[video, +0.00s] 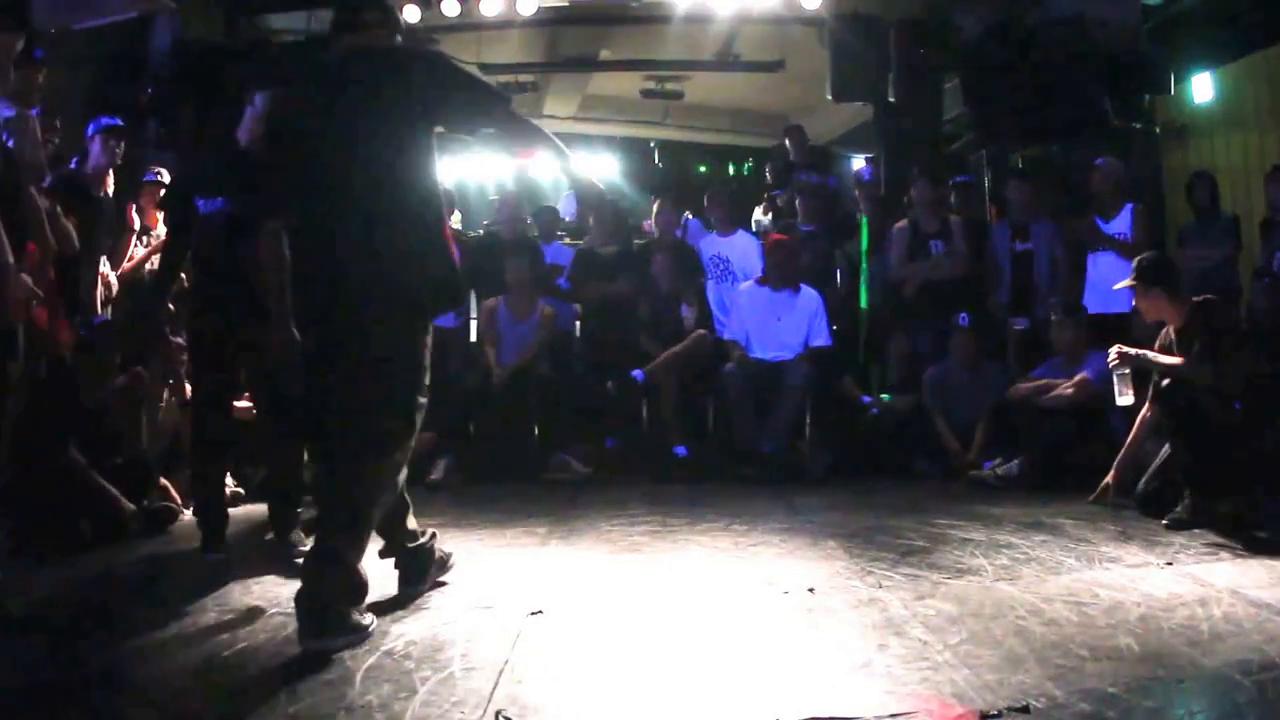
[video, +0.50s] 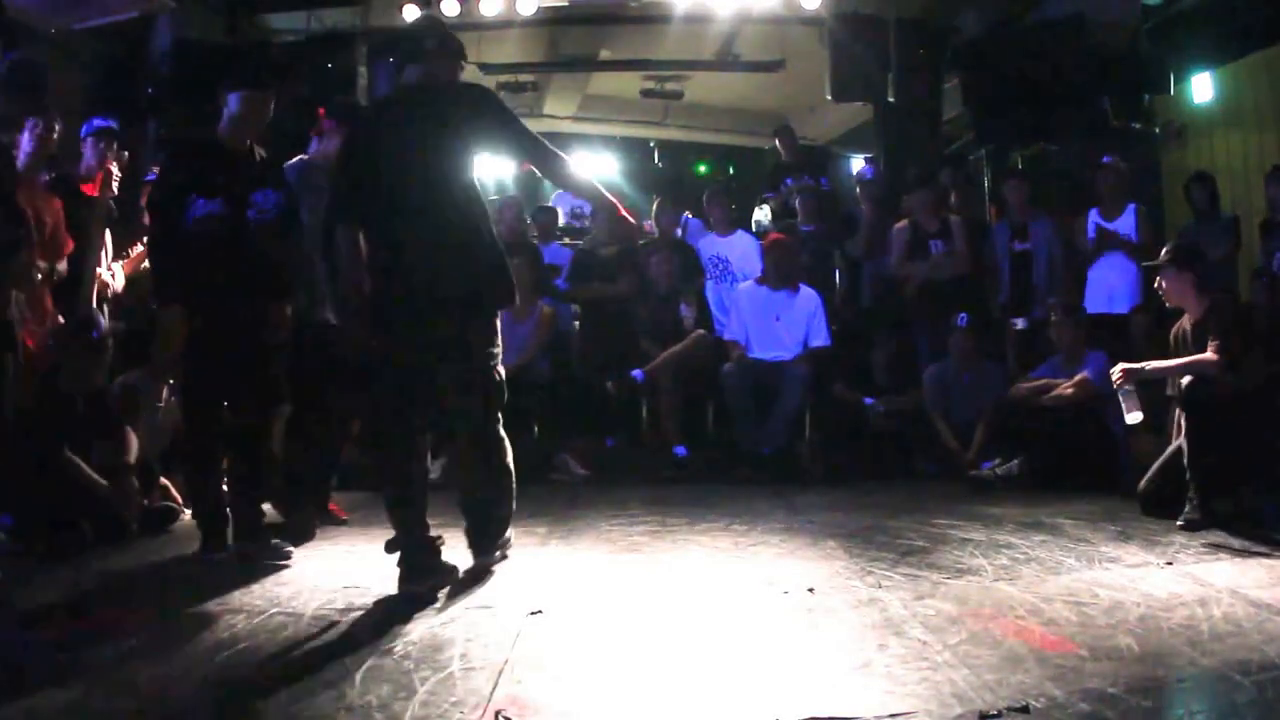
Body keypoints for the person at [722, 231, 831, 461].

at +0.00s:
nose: (780, 267)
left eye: (786, 260)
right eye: (775, 260)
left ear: (795, 262)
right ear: (767, 262)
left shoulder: (810, 297)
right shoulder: (745, 292)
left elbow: (820, 344)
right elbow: (733, 338)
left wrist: (799, 359)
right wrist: (739, 355)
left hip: (788, 360)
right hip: (755, 359)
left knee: (800, 374)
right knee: (732, 373)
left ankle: (776, 445)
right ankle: (746, 445)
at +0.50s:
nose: (778, 267)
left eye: (784, 260)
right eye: (773, 260)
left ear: (793, 263)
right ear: (765, 262)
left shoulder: (809, 297)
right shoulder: (744, 293)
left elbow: (820, 346)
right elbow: (733, 338)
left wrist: (799, 361)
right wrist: (738, 354)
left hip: (787, 361)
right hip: (754, 361)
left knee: (799, 376)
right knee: (731, 374)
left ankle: (773, 446)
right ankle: (749, 446)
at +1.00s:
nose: (795, 265)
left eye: (797, 258)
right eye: (787, 258)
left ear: (801, 261)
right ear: (774, 261)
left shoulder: (813, 300)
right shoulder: (749, 292)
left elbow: (821, 349)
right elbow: (736, 338)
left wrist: (800, 361)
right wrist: (737, 357)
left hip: (789, 361)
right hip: (755, 361)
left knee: (799, 376)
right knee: (730, 375)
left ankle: (774, 446)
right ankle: (746, 445)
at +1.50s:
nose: (781, 267)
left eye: (787, 261)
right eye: (778, 260)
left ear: (801, 265)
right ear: (771, 263)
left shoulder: (818, 302)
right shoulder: (754, 292)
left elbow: (822, 351)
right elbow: (739, 337)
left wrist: (803, 362)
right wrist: (733, 355)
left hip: (791, 364)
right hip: (755, 363)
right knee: (730, 374)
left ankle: (770, 448)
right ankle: (745, 447)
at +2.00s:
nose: (806, 268)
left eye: (807, 261)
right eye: (798, 261)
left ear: (810, 265)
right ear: (778, 266)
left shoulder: (819, 302)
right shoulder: (755, 294)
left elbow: (823, 351)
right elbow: (737, 336)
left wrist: (802, 363)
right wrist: (733, 355)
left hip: (792, 363)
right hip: (755, 363)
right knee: (730, 375)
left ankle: (773, 451)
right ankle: (746, 449)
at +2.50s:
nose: (793, 268)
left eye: (799, 261)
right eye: (787, 261)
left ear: (807, 265)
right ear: (775, 264)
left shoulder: (818, 302)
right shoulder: (753, 293)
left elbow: (822, 352)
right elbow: (737, 339)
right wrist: (733, 356)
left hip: (791, 364)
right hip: (755, 363)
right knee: (733, 373)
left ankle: (775, 450)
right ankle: (746, 448)